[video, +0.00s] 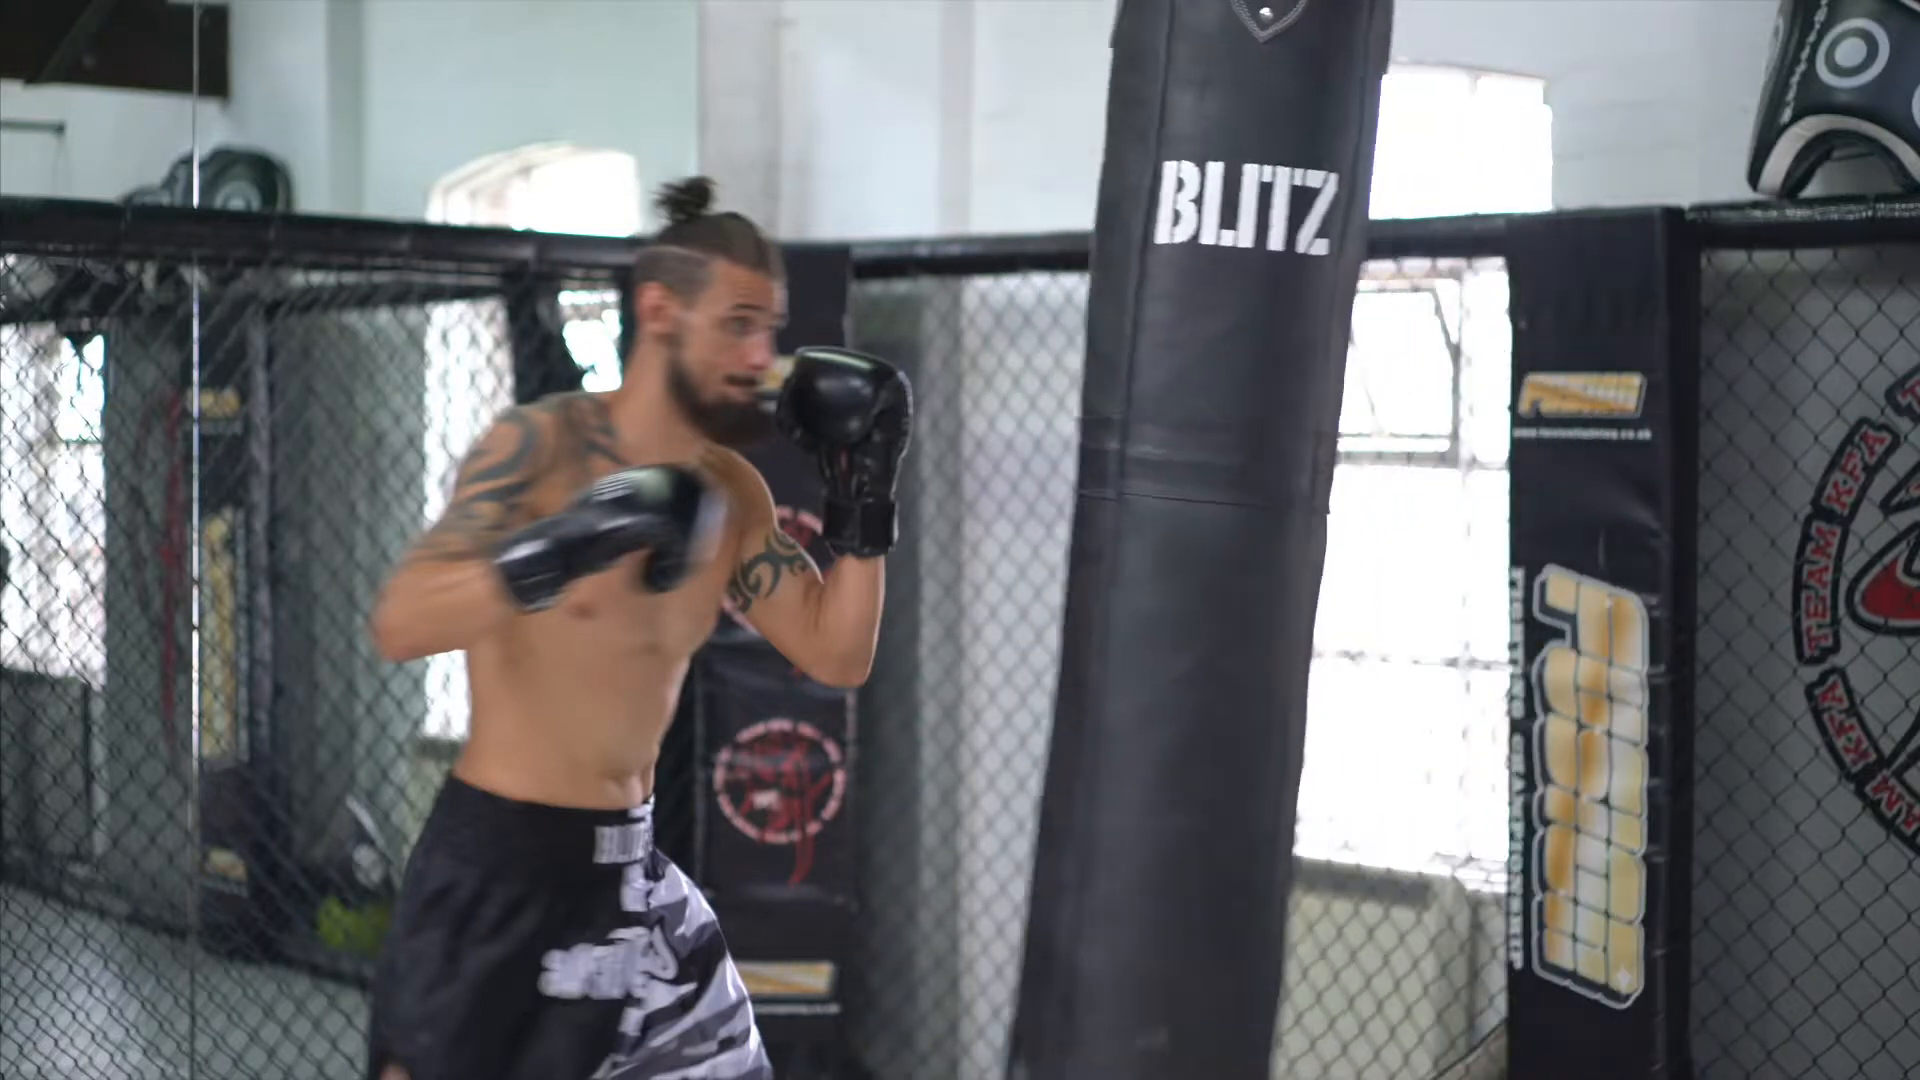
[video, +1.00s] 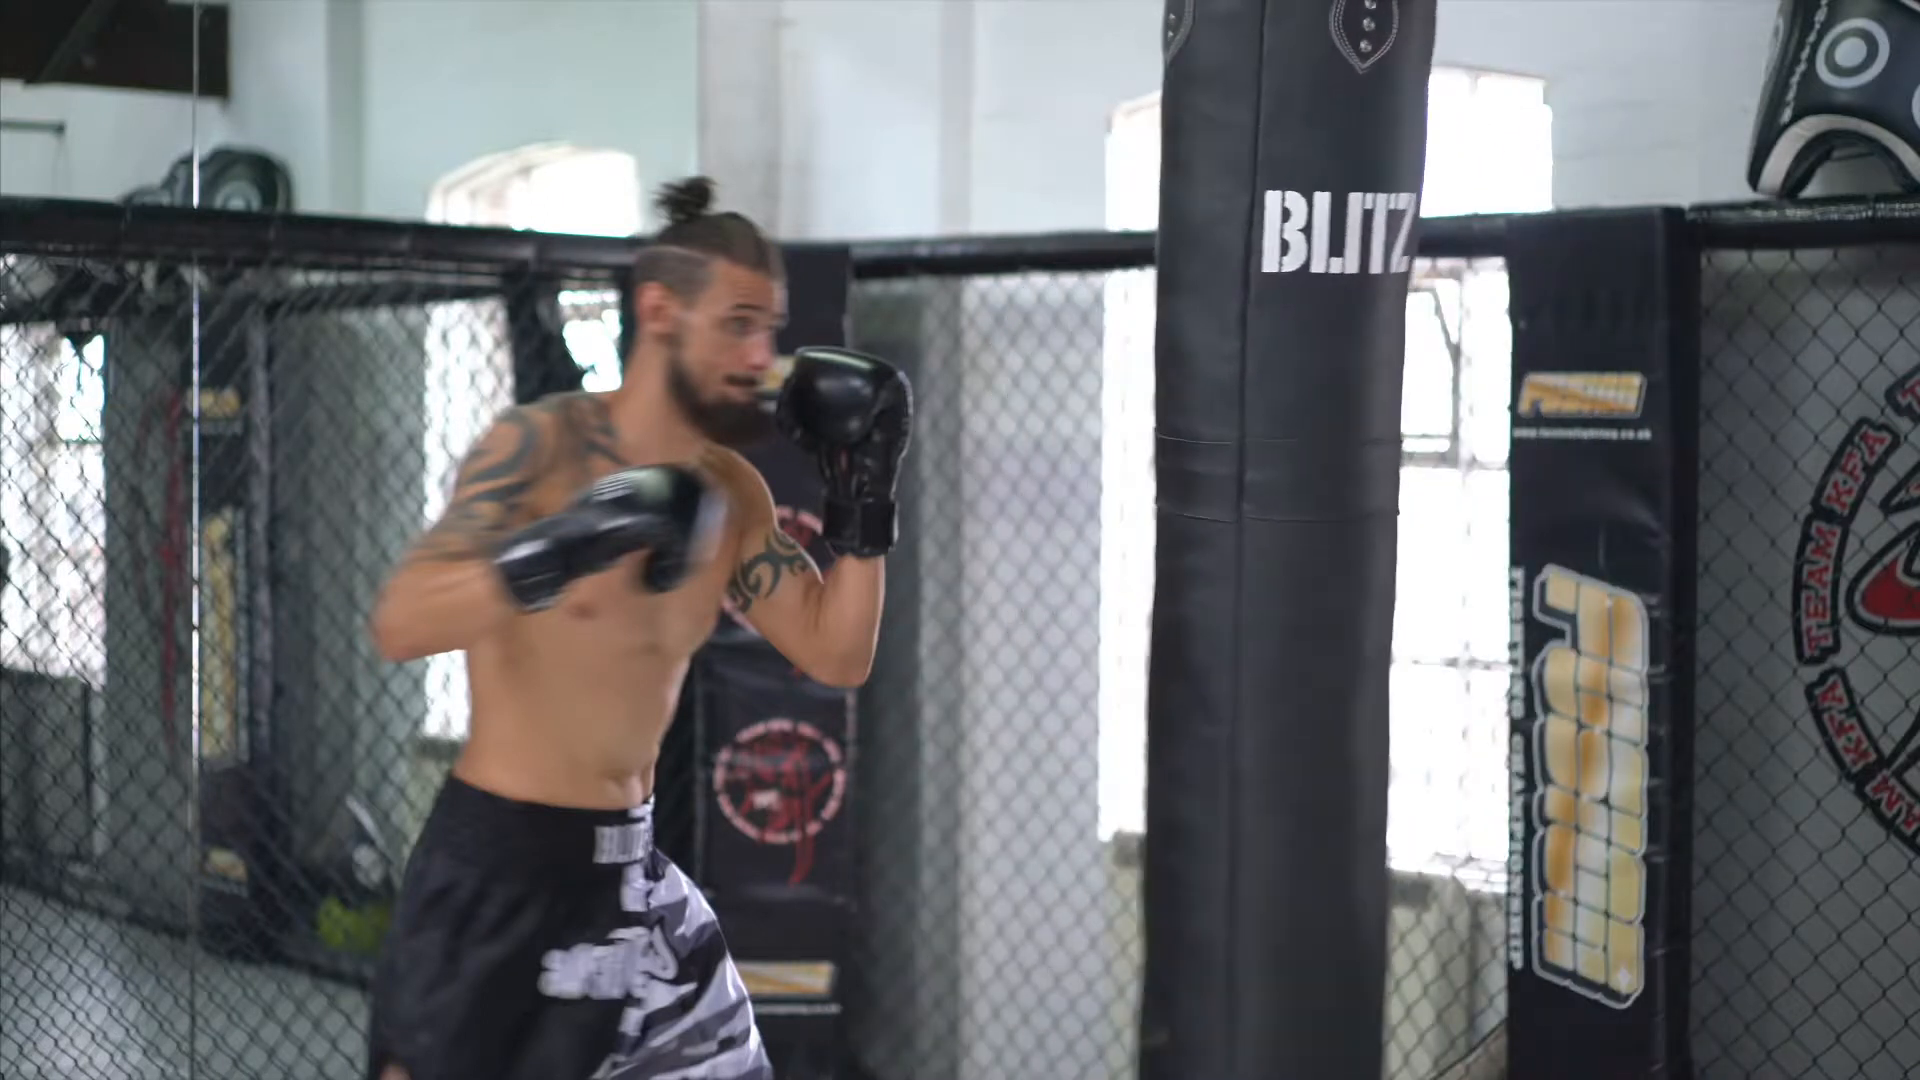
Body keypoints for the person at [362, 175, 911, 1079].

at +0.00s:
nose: (763, 357)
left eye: (772, 331)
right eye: (739, 325)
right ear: (656, 309)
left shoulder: (733, 492)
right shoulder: (538, 441)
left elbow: (839, 655)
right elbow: (400, 623)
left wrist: (865, 482)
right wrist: (569, 546)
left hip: (635, 868)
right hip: (500, 866)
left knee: (732, 1066)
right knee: (440, 1065)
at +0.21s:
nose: (762, 358)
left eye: (772, 331)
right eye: (739, 325)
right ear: (656, 310)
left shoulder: (733, 492)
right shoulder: (537, 441)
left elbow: (839, 655)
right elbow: (400, 624)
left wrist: (865, 480)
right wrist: (568, 546)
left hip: (635, 867)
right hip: (500, 865)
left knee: (731, 1066)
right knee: (437, 1065)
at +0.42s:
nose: (762, 357)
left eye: (772, 331)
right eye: (739, 325)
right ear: (656, 310)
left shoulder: (733, 492)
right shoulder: (537, 441)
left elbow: (839, 655)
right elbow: (400, 623)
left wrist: (865, 480)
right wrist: (569, 546)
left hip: (635, 866)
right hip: (500, 865)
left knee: (731, 1066)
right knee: (438, 1065)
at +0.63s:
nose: (762, 357)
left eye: (772, 331)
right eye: (739, 325)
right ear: (656, 309)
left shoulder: (733, 492)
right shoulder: (538, 441)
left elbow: (839, 655)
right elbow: (400, 623)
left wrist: (866, 480)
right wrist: (569, 546)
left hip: (635, 867)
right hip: (500, 865)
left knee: (732, 1066)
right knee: (439, 1065)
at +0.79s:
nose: (763, 357)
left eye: (772, 331)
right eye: (739, 325)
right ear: (656, 309)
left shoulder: (733, 493)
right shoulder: (538, 441)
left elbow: (839, 655)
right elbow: (400, 623)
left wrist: (865, 481)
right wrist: (569, 546)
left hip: (636, 868)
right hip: (501, 867)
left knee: (732, 1066)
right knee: (441, 1065)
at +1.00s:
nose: (762, 357)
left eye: (772, 331)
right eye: (739, 325)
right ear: (656, 309)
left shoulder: (733, 492)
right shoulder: (537, 441)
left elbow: (839, 655)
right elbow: (400, 623)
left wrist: (866, 481)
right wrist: (568, 546)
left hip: (635, 867)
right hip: (500, 866)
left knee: (732, 1066)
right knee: (439, 1065)